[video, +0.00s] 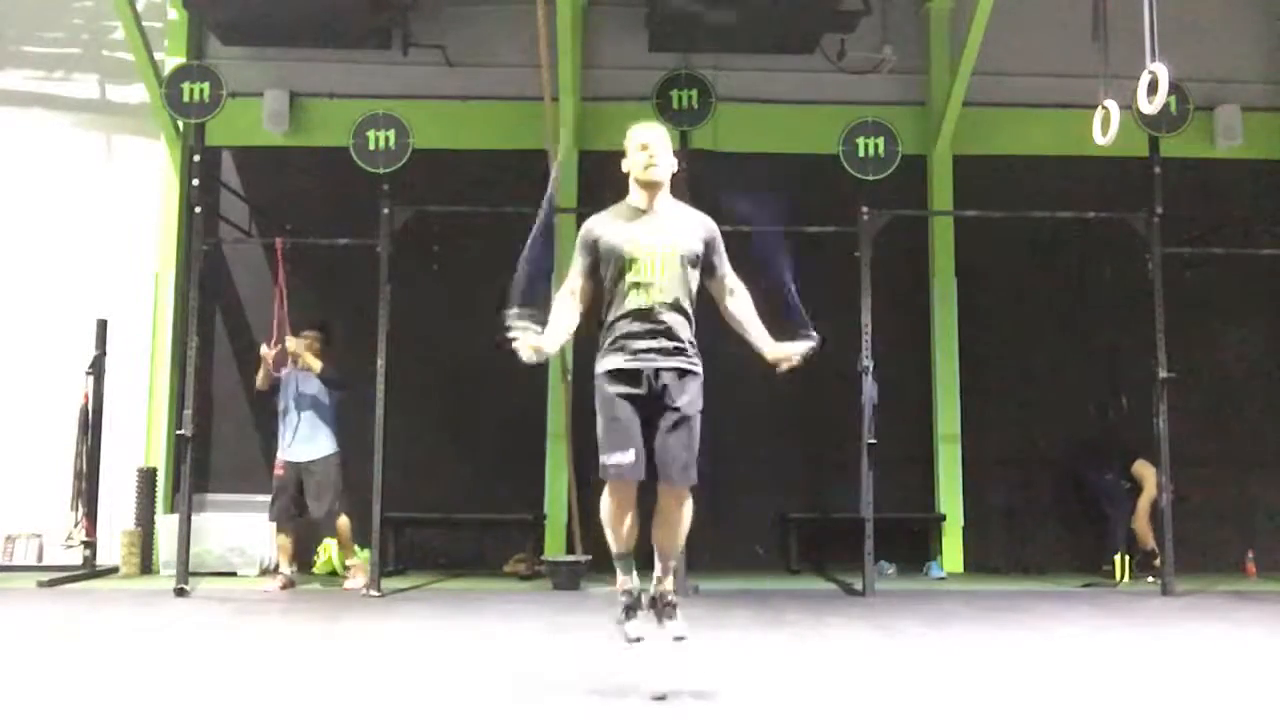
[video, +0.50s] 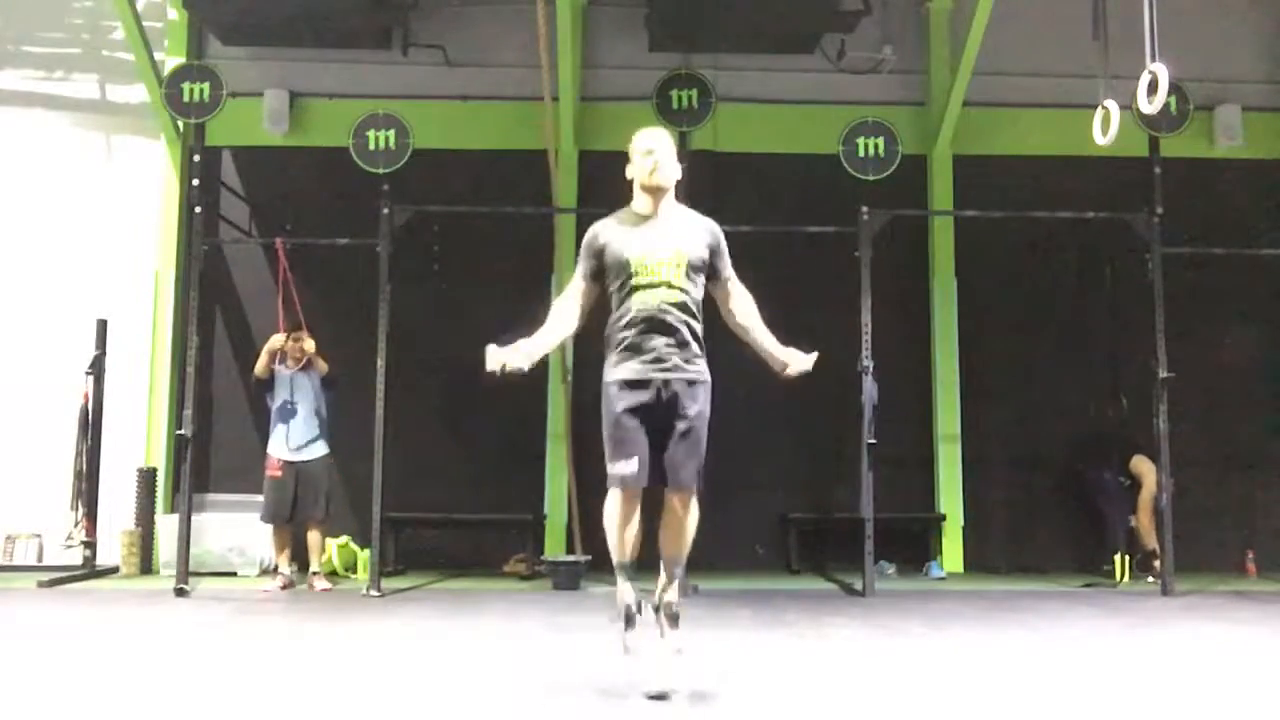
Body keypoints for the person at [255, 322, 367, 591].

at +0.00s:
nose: (308, 350)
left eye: (314, 345)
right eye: (304, 345)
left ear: (322, 350)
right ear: (295, 348)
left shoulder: (327, 375)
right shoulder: (286, 374)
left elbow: (336, 381)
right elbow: (262, 386)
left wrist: (303, 354)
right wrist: (266, 363)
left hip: (321, 453)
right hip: (288, 455)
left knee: (330, 511)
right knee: (283, 514)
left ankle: (354, 566)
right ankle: (285, 572)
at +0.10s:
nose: (298, 351)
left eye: (303, 346)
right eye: (294, 346)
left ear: (312, 349)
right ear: (288, 349)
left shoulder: (320, 373)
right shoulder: (278, 373)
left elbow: (331, 377)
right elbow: (261, 379)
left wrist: (304, 351)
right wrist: (270, 354)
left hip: (319, 452)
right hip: (284, 454)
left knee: (327, 509)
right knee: (280, 515)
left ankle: (339, 565)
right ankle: (284, 571)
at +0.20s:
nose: (295, 355)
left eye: (299, 351)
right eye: (290, 351)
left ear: (307, 352)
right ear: (283, 353)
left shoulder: (319, 374)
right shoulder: (273, 375)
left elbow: (330, 376)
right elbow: (260, 377)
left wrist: (306, 349)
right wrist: (273, 351)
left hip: (317, 452)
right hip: (282, 453)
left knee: (324, 510)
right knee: (279, 515)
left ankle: (326, 566)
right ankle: (283, 570)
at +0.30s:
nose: (291, 356)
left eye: (296, 351)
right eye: (286, 352)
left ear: (304, 352)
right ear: (279, 352)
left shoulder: (316, 373)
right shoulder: (272, 376)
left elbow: (328, 372)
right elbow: (260, 376)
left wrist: (307, 351)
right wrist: (273, 349)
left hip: (315, 451)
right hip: (281, 452)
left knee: (318, 514)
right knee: (279, 516)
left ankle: (318, 571)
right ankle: (283, 571)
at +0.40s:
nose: (295, 357)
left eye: (299, 352)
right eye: (290, 352)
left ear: (306, 353)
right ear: (282, 352)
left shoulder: (316, 374)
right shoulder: (273, 376)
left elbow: (328, 375)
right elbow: (260, 374)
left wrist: (312, 352)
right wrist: (271, 348)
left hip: (314, 453)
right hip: (280, 453)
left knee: (315, 516)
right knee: (279, 517)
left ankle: (316, 572)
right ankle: (283, 572)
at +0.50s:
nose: (299, 351)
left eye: (303, 346)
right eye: (295, 345)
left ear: (308, 349)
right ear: (285, 346)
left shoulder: (316, 372)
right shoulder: (273, 373)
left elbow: (329, 375)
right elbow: (259, 373)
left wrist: (314, 356)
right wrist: (269, 349)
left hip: (314, 452)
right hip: (280, 452)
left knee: (315, 516)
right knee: (279, 517)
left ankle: (315, 572)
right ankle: (283, 572)